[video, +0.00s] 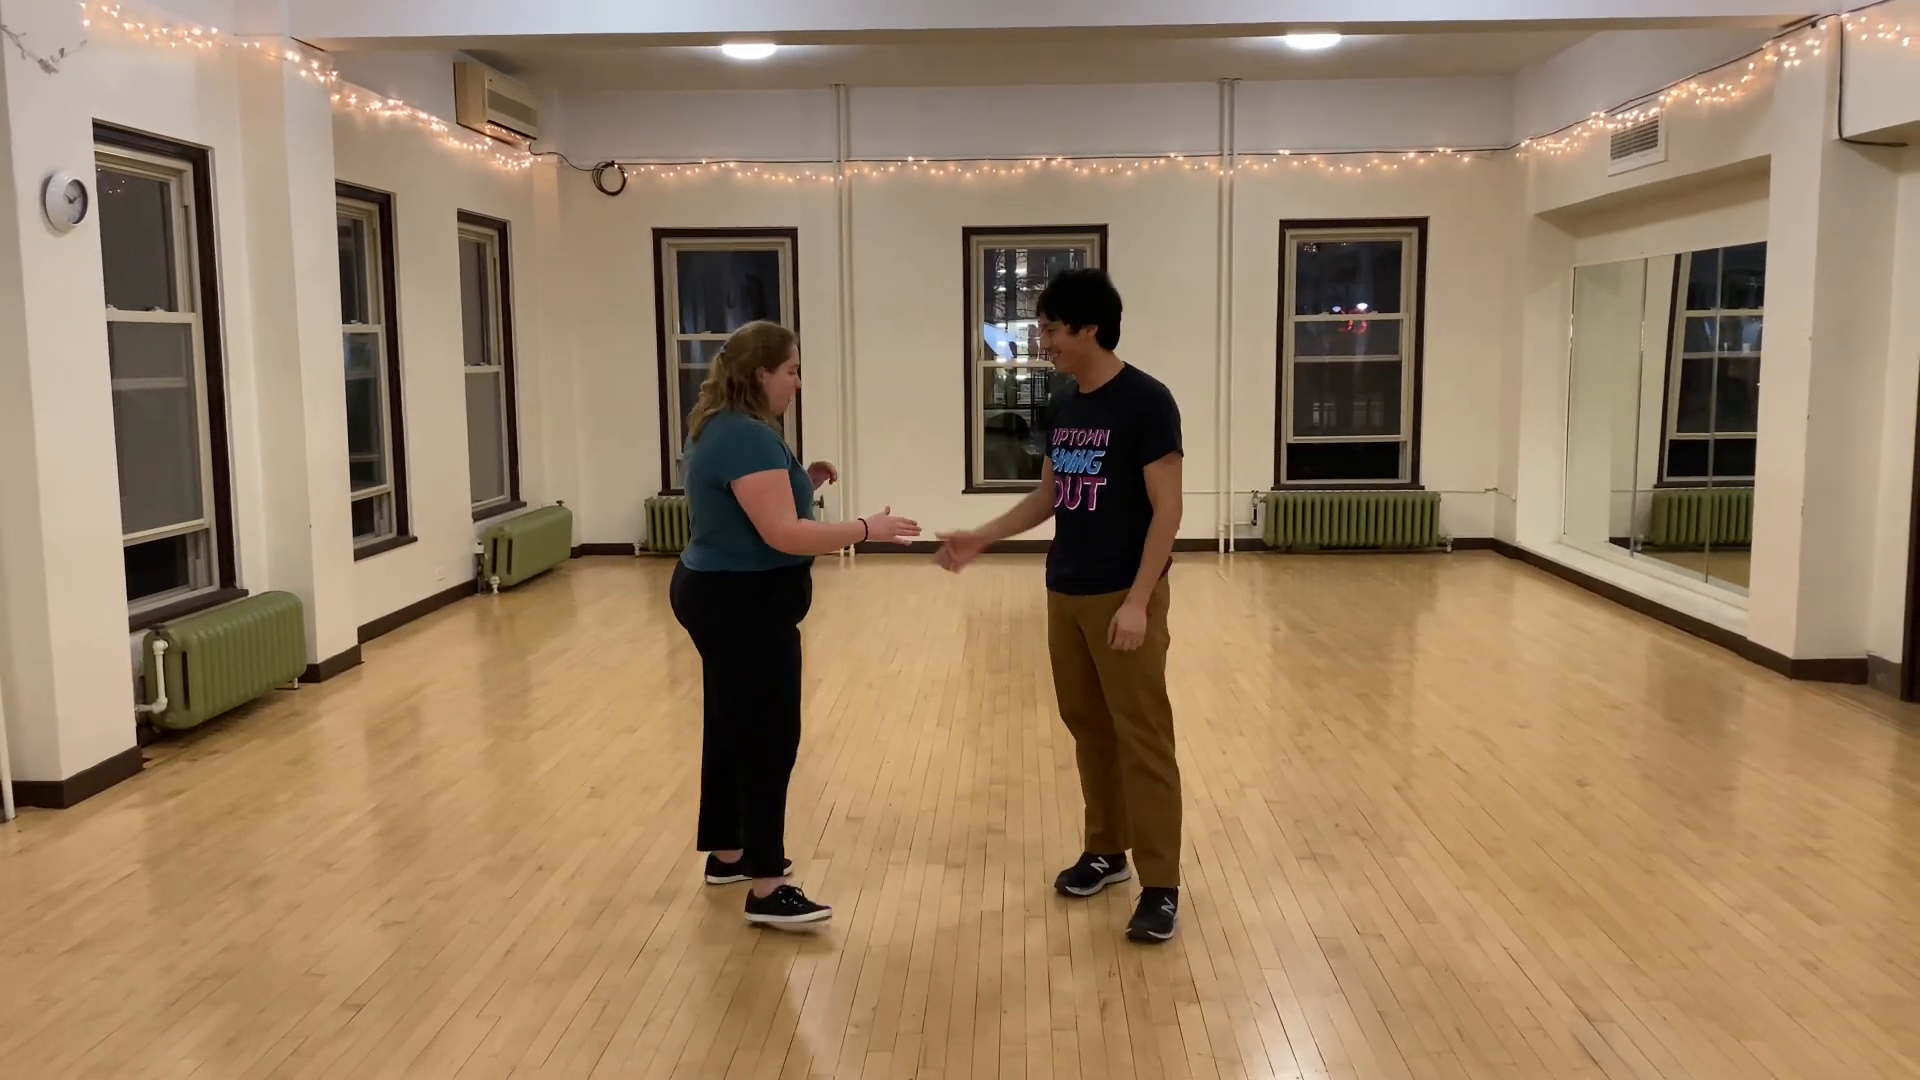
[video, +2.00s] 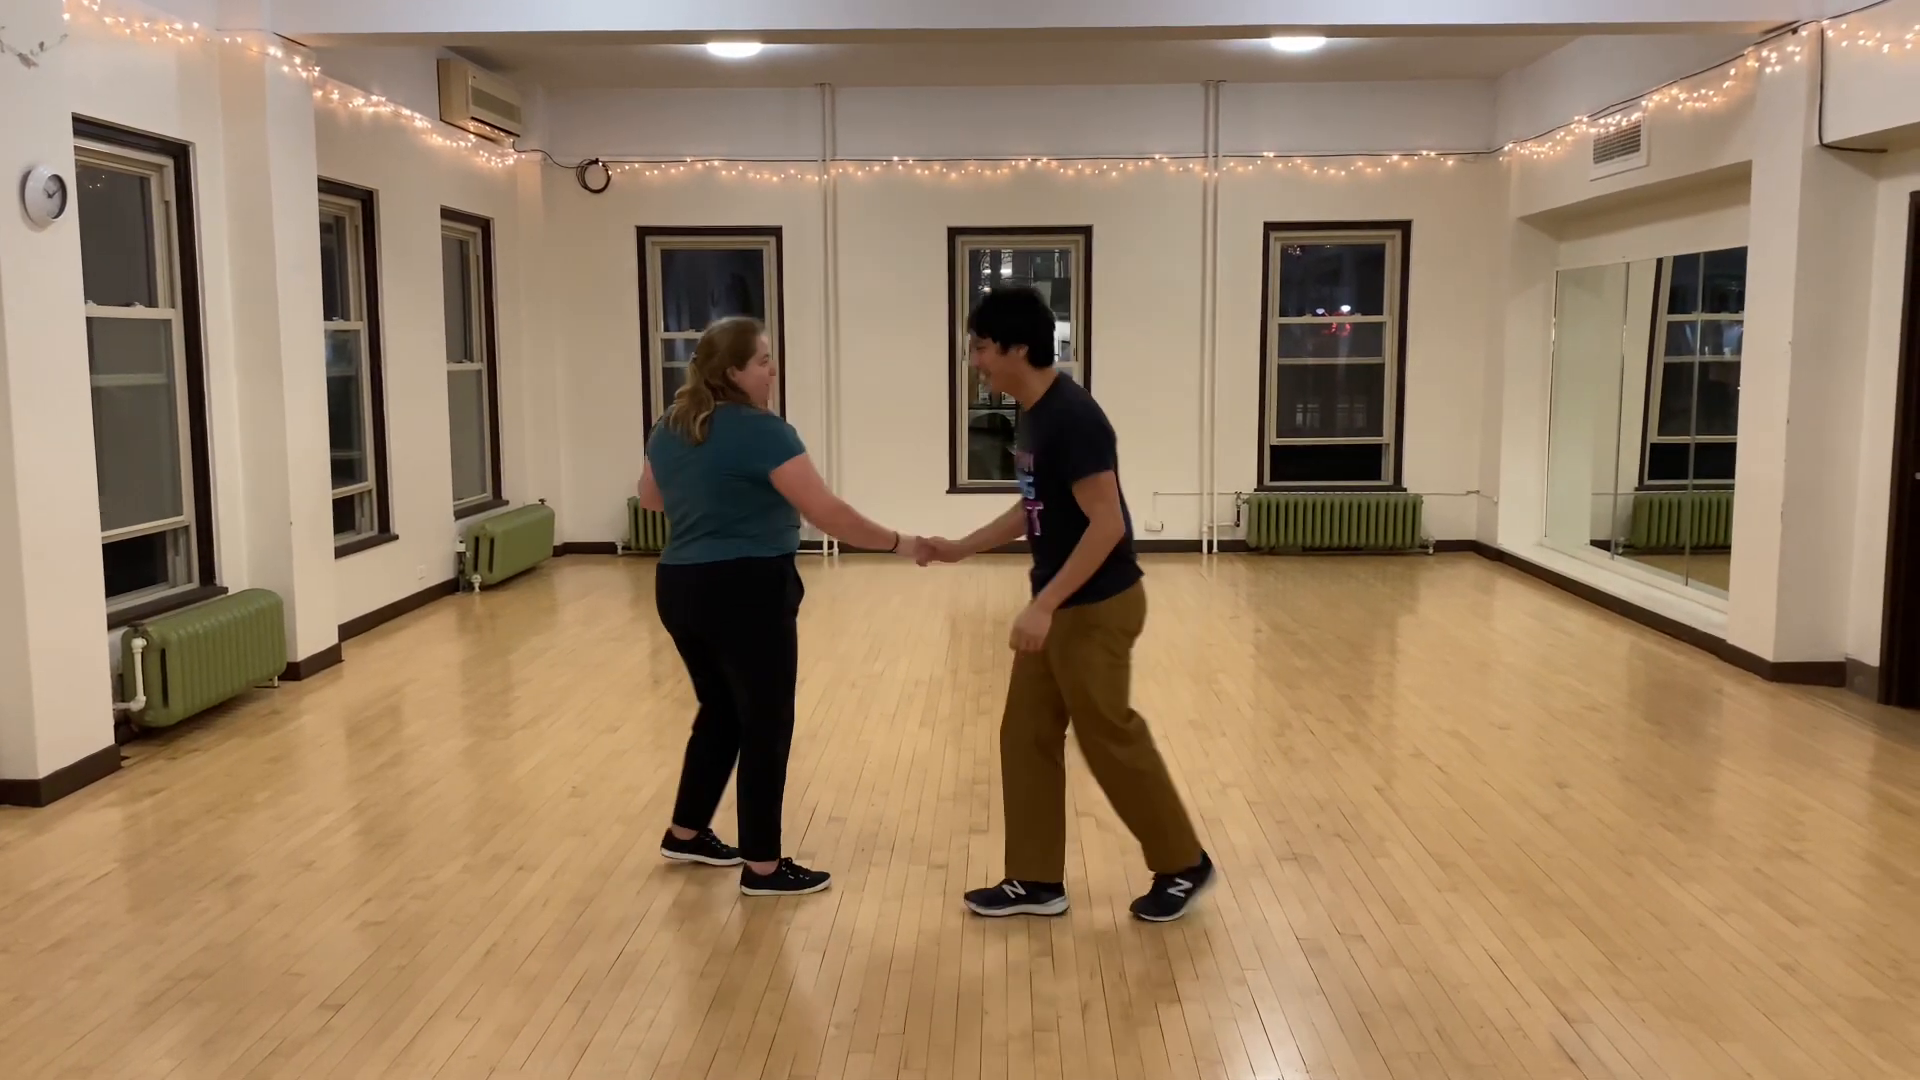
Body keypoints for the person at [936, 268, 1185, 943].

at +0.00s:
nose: (1043, 343)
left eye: (1051, 331)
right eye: (1042, 331)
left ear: (1089, 332)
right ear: (1074, 334)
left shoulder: (1147, 403)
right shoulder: (1064, 405)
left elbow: (1168, 511)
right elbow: (1049, 497)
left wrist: (1138, 602)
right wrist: (982, 537)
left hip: (1128, 598)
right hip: (1068, 596)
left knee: (1141, 739)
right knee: (1090, 730)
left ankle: (1160, 885)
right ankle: (1107, 851)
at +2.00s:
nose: (976, 362)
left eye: (981, 349)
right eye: (975, 349)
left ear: (1016, 350)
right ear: (1020, 350)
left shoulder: (1072, 416)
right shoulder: (1033, 414)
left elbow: (1109, 523)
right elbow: (1035, 512)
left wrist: (1045, 602)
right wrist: (961, 548)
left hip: (1099, 604)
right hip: (1054, 602)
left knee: (1107, 734)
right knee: (1028, 737)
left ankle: (1184, 864)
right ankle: (1037, 880)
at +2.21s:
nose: (936, 343)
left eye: (944, 331)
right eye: (938, 330)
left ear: (980, 338)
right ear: (976, 336)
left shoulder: (1038, 403)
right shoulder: (993, 411)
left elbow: (1087, 502)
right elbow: (987, 507)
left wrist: (1017, 569)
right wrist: (903, 536)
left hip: (1059, 591)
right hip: (1026, 591)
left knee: (1006, 727)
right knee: (1013, 728)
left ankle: (1098, 855)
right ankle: (1035, 878)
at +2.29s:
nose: (926, 343)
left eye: (936, 331)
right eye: (929, 331)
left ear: (970, 339)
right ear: (968, 341)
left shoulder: (1028, 406)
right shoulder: (977, 419)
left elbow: (1078, 500)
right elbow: (954, 512)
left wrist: (1009, 562)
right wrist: (867, 529)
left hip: (1046, 597)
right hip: (1021, 594)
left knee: (973, 726)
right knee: (1005, 726)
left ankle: (1031, 876)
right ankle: (1033, 873)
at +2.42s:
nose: (913, 350)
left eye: (922, 338)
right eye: (916, 337)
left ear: (957, 347)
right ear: (956, 347)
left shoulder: (1016, 412)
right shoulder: (957, 423)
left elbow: (1067, 504)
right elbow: (916, 515)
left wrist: (994, 564)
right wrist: (820, 529)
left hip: (1031, 602)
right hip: (997, 599)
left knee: (938, 724)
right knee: (983, 735)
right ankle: (1031, 877)